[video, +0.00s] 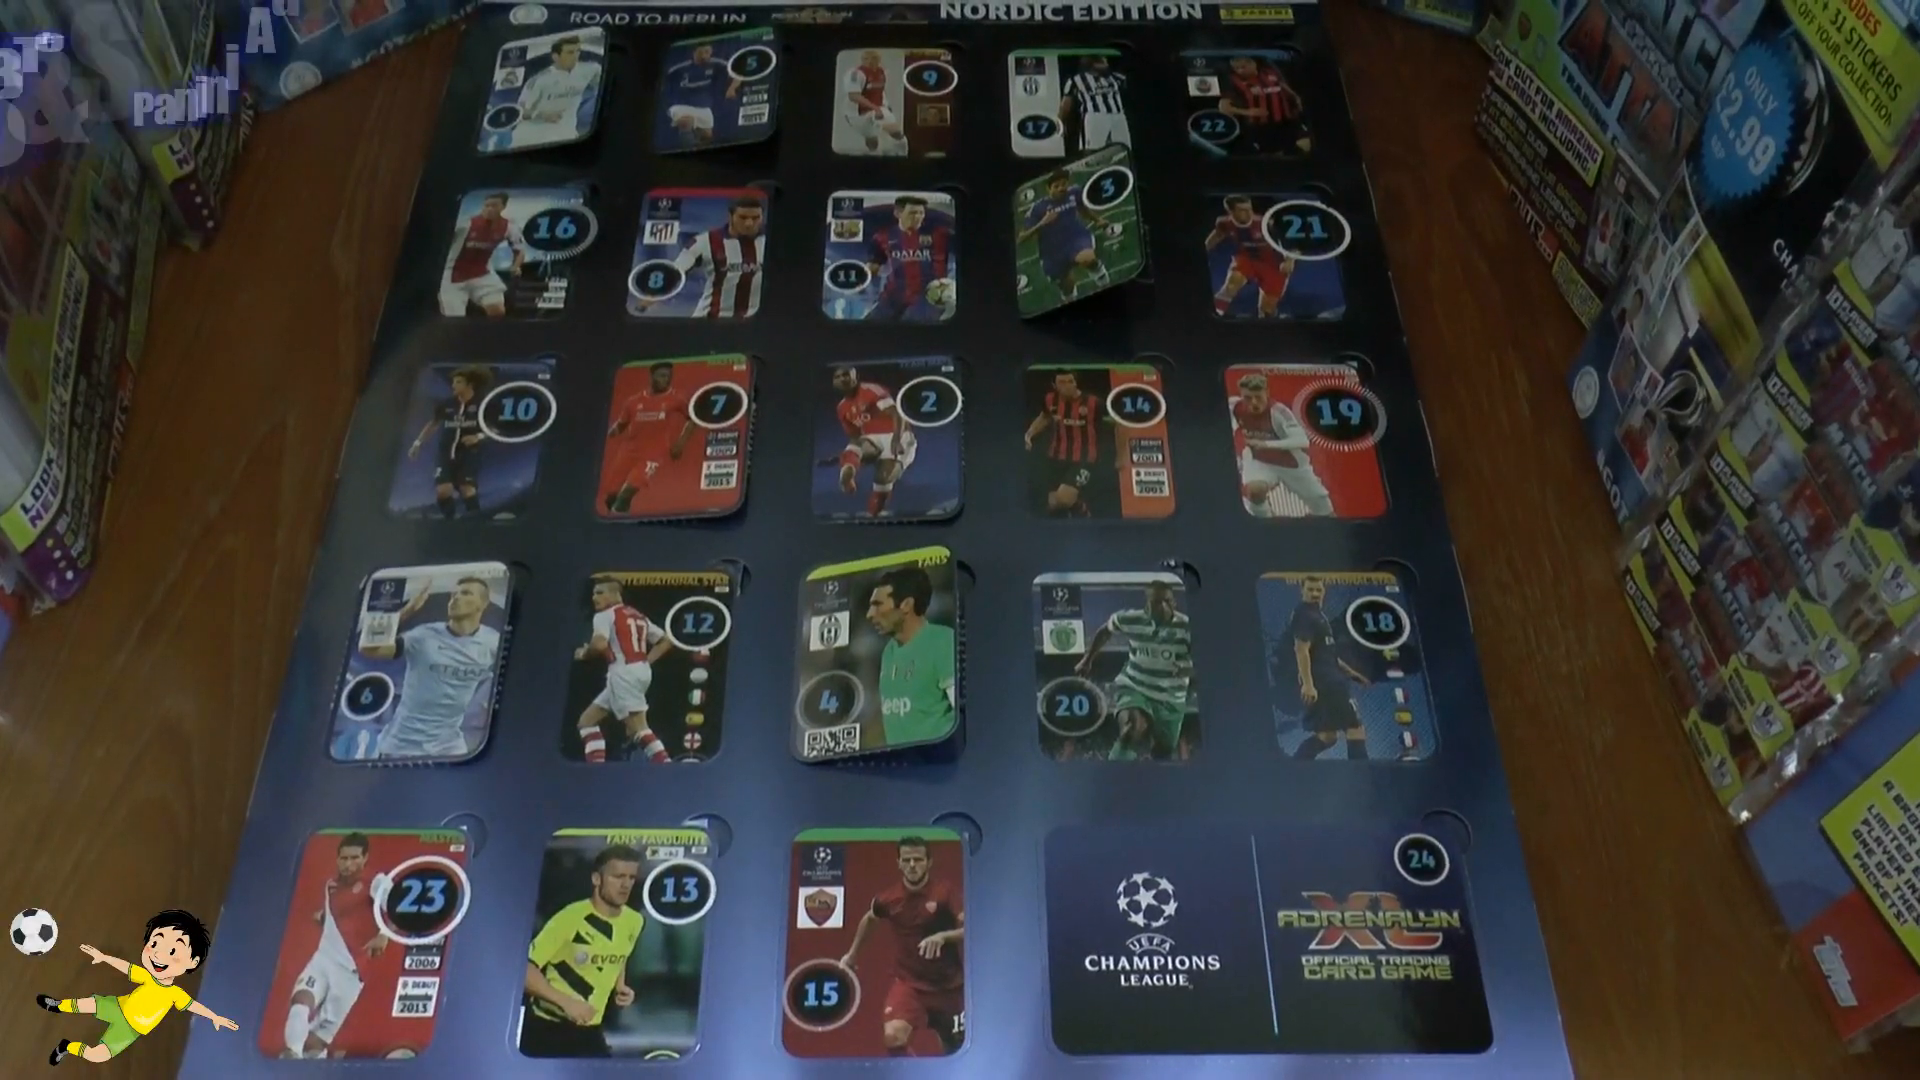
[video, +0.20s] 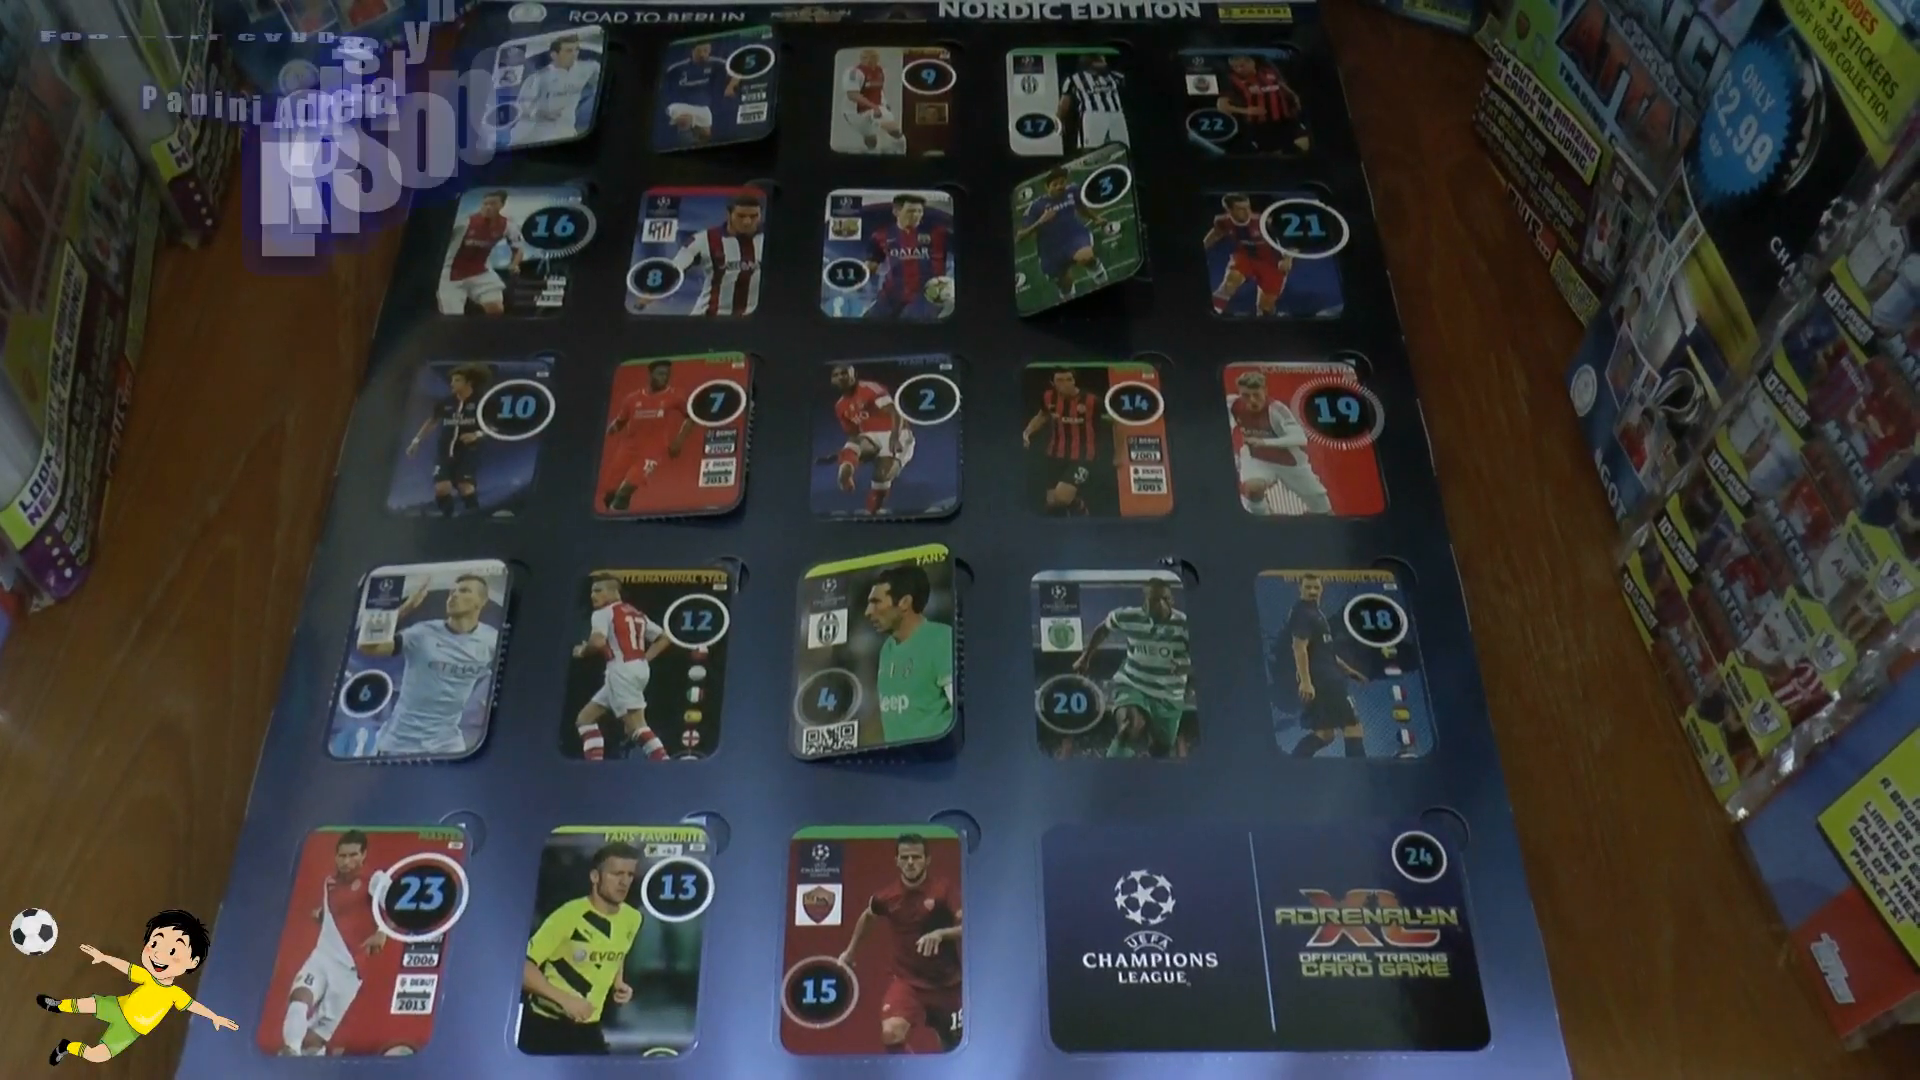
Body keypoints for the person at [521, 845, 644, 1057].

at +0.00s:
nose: (626, 885)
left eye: (631, 878)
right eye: (619, 876)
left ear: (635, 881)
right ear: (597, 879)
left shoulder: (634, 922)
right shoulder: (572, 916)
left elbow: (620, 959)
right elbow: (525, 969)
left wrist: (620, 985)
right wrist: (565, 1001)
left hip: (590, 1033)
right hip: (545, 1030)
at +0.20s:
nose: (625, 882)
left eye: (630, 875)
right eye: (617, 874)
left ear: (634, 879)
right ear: (595, 877)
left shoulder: (632, 919)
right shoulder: (570, 914)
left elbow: (618, 956)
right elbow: (523, 966)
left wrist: (618, 982)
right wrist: (564, 999)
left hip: (588, 1030)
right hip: (544, 1027)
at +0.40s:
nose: (624, 881)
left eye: (629, 875)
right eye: (617, 873)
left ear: (633, 878)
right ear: (595, 876)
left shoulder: (632, 919)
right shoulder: (569, 914)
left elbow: (617, 956)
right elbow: (523, 966)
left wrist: (618, 981)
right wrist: (564, 998)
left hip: (588, 1030)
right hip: (544, 1027)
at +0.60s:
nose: (625, 879)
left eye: (630, 873)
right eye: (617, 871)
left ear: (634, 876)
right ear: (595, 874)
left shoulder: (633, 916)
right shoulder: (570, 912)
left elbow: (618, 954)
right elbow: (524, 964)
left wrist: (619, 979)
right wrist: (564, 996)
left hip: (589, 1028)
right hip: (544, 1025)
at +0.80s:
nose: (625, 879)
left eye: (630, 873)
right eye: (617, 871)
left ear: (634, 876)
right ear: (596, 874)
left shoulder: (633, 916)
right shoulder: (570, 911)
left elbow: (619, 953)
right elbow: (524, 964)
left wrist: (619, 979)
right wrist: (564, 996)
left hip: (589, 1027)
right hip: (545, 1025)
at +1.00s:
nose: (625, 880)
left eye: (630, 873)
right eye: (617, 872)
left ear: (634, 876)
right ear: (596, 874)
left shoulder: (633, 917)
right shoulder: (571, 912)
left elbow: (618, 954)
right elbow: (524, 964)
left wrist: (619, 980)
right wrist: (565, 997)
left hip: (589, 1028)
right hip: (544, 1025)